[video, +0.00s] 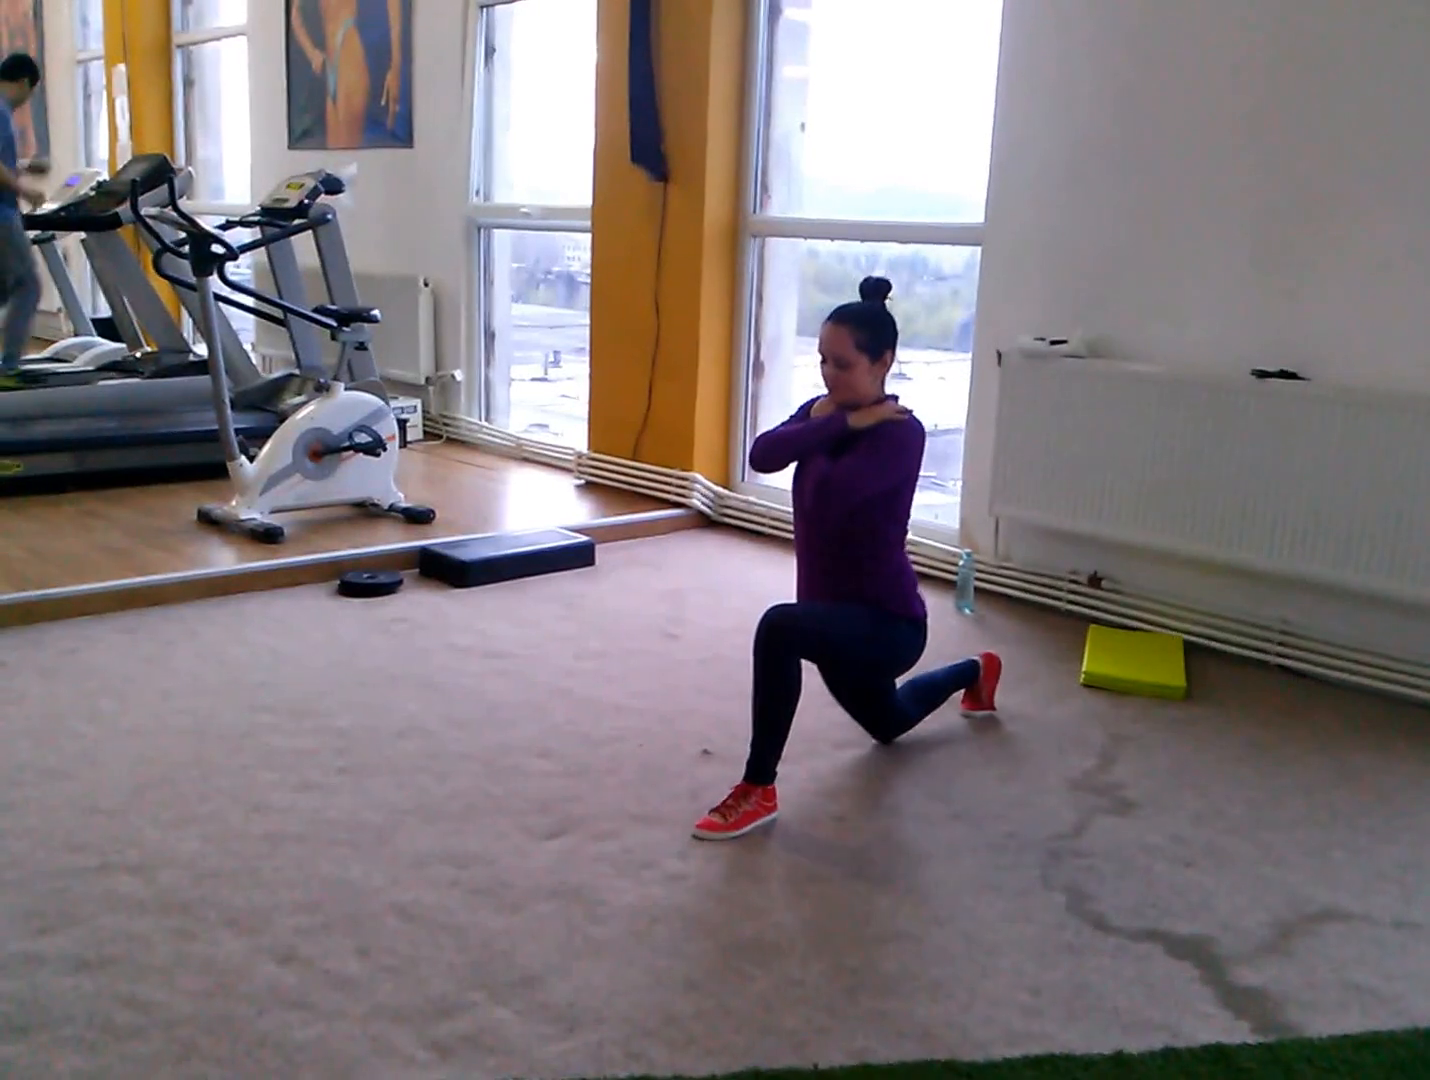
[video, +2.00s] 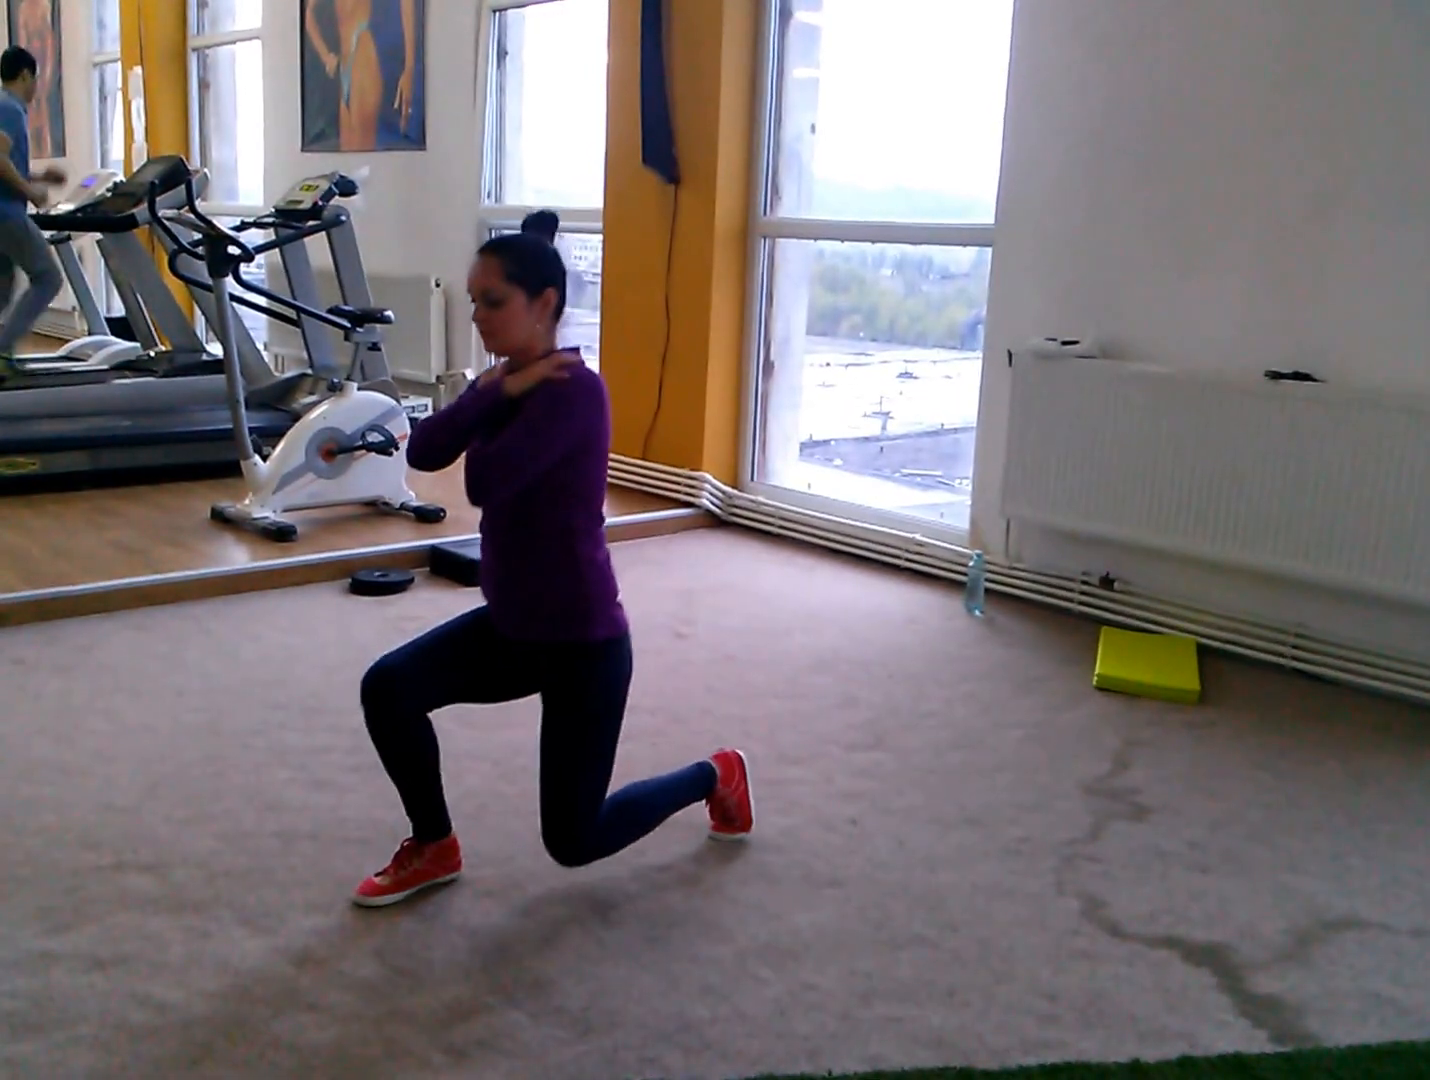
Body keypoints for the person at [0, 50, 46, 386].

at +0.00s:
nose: (29, 96)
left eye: (31, 89)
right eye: (30, 88)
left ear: (10, 80)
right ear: (21, 82)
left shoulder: (5, 114)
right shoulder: (2, 115)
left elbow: (1, 163)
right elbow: (0, 167)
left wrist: (24, 167)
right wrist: (25, 188)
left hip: (9, 211)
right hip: (5, 213)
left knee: (16, 283)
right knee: (27, 283)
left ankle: (10, 360)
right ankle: (9, 362)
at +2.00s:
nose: (35, 88)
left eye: (35, 80)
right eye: (35, 79)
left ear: (10, 76)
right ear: (24, 75)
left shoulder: (8, 110)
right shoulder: (10, 111)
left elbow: (8, 166)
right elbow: (4, 160)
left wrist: (40, 175)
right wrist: (31, 191)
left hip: (7, 212)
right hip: (8, 214)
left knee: (5, 287)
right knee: (49, 279)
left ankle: (4, 351)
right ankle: (5, 346)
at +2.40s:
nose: (41, 87)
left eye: (41, 80)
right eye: (40, 79)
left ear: (12, 75)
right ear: (30, 76)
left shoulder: (8, 106)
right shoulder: (14, 110)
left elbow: (15, 163)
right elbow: (16, 163)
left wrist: (47, 179)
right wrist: (54, 182)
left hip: (11, 218)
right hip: (8, 220)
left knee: (45, 275)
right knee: (6, 292)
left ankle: (12, 352)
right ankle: (7, 357)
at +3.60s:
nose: (44, 73)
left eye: (44, 66)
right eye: (41, 66)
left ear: (21, 66)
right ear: (26, 66)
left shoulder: (16, 101)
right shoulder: (9, 100)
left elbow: (21, 158)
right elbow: (1, 148)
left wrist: (57, 158)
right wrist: (28, 176)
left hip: (13, 203)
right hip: (11, 204)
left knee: (2, 275)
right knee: (52, 267)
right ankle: (36, 352)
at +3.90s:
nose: (47, 80)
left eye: (45, 73)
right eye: (44, 73)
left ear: (22, 74)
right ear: (31, 73)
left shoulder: (18, 109)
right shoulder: (16, 112)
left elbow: (17, 164)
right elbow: (17, 162)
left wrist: (40, 188)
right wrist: (51, 186)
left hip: (18, 214)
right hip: (11, 216)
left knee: (47, 279)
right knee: (27, 286)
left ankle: (4, 345)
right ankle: (3, 352)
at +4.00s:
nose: (47, 72)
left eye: (47, 64)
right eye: (45, 64)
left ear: (20, 65)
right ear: (32, 64)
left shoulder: (11, 95)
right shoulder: (20, 99)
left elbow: (22, 149)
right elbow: (26, 150)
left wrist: (48, 155)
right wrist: (56, 158)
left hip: (16, 210)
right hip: (12, 211)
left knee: (50, 268)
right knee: (1, 285)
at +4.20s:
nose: (47, 79)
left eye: (46, 72)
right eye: (43, 72)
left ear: (21, 74)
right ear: (30, 72)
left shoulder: (14, 106)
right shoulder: (19, 109)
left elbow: (16, 161)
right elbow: (17, 159)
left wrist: (45, 189)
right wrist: (50, 188)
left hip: (17, 210)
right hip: (15, 211)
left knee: (41, 283)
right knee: (43, 283)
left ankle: (25, 357)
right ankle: (23, 358)